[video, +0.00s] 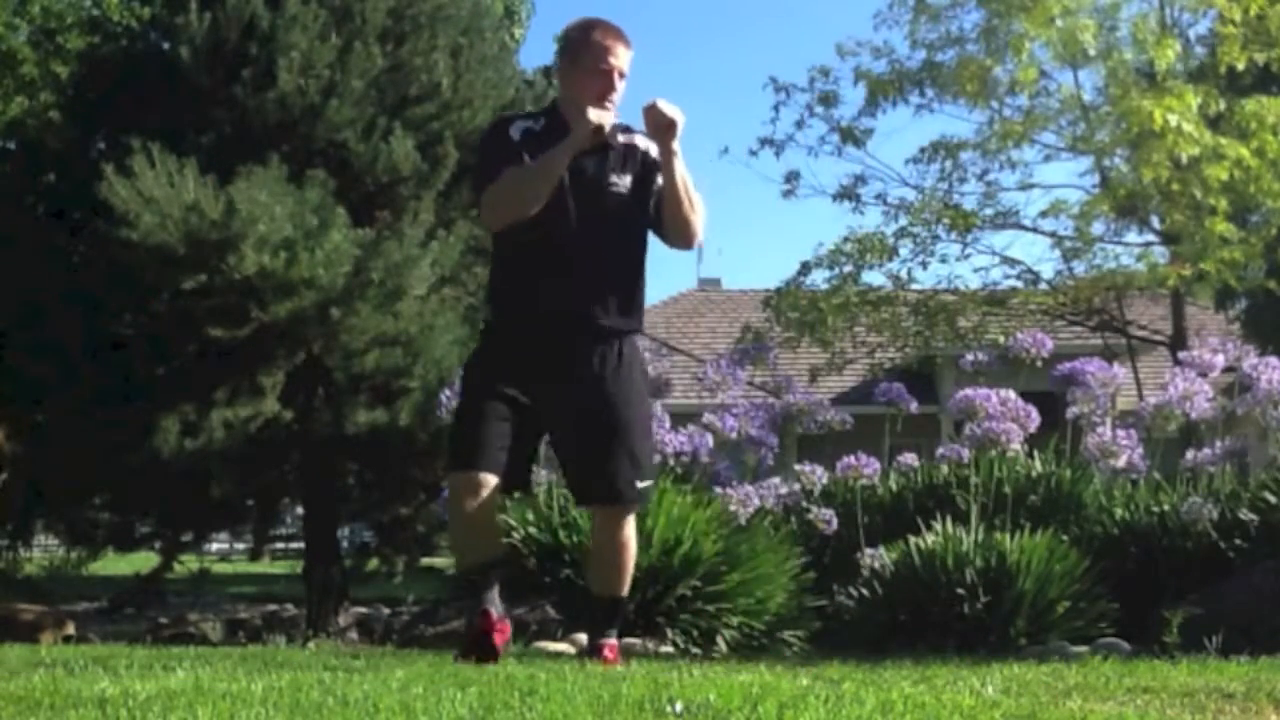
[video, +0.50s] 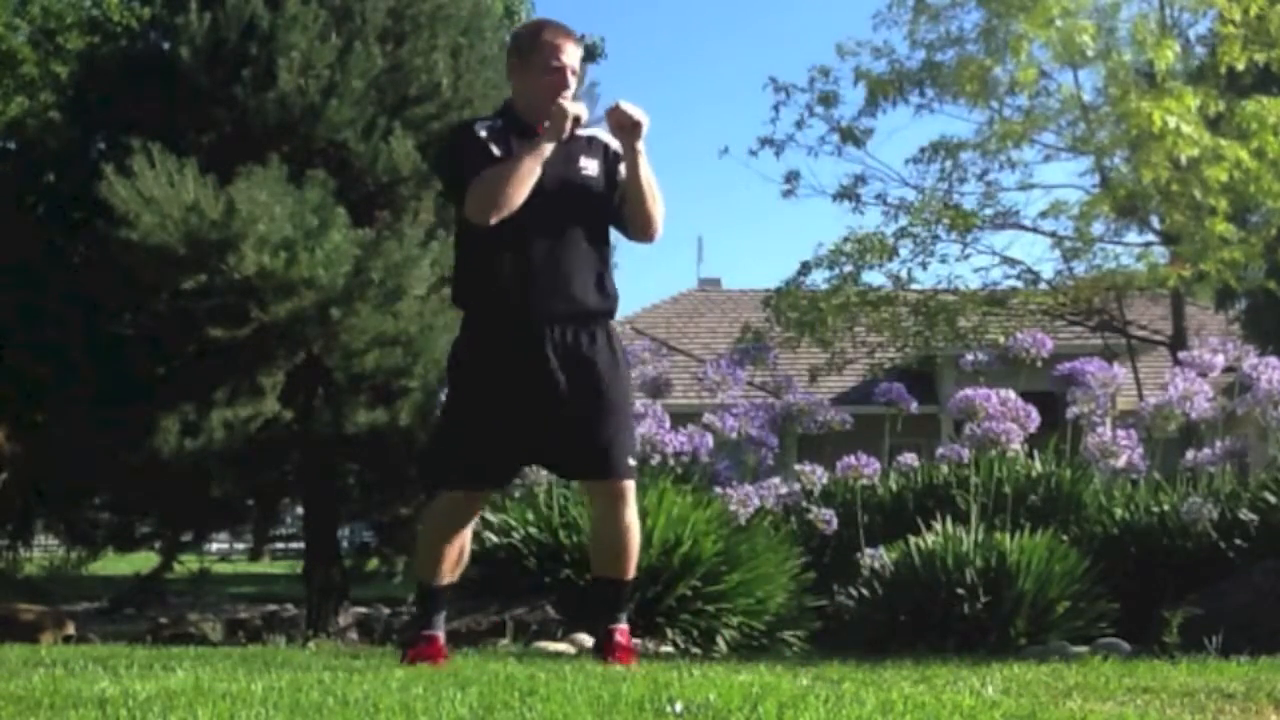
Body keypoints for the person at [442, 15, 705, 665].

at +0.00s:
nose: (611, 77)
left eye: (620, 69)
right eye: (598, 64)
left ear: (627, 79)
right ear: (562, 68)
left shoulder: (641, 155)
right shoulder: (514, 136)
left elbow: (685, 235)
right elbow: (495, 213)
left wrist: (670, 151)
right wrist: (571, 146)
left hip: (605, 348)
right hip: (515, 342)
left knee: (614, 502)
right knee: (471, 483)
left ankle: (605, 641)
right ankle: (487, 619)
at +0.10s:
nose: (592, 64)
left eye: (600, 57)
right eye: (579, 51)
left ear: (607, 67)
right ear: (542, 56)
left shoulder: (623, 140)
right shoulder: (495, 122)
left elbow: (666, 222)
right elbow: (488, 192)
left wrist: (649, 142)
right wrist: (562, 127)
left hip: (594, 333)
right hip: (503, 328)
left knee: (607, 486)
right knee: (469, 476)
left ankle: (604, 633)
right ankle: (448, 616)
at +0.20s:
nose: (569, 76)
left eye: (578, 68)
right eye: (556, 64)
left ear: (587, 81)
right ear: (519, 70)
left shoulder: (603, 154)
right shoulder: (477, 136)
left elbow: (648, 233)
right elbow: (476, 196)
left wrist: (633, 156)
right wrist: (547, 131)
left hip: (580, 347)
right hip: (489, 342)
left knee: (610, 488)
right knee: (459, 490)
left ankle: (604, 633)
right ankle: (423, 629)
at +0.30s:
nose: (553, 107)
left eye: (562, 100)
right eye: (541, 95)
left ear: (571, 109)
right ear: (502, 94)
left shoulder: (589, 180)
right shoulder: (462, 168)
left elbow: (632, 257)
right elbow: (479, 225)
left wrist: (622, 178)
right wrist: (539, 150)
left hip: (570, 371)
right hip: (477, 369)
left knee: (619, 493)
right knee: (450, 510)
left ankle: (606, 633)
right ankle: (417, 636)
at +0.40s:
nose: (554, 94)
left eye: (562, 86)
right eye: (541, 82)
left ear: (572, 96)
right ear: (502, 85)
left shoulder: (589, 169)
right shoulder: (462, 158)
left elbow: (631, 246)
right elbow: (483, 227)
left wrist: (624, 167)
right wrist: (542, 154)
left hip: (574, 357)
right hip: (481, 359)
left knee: (619, 483)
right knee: (450, 508)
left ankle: (609, 629)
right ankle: (419, 634)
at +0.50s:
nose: (565, 78)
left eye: (573, 70)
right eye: (551, 67)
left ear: (583, 80)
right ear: (513, 68)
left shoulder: (601, 149)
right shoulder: (475, 140)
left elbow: (645, 227)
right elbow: (484, 210)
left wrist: (634, 150)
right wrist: (545, 140)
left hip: (586, 342)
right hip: (495, 342)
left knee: (615, 486)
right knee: (460, 495)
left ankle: (614, 629)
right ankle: (427, 629)